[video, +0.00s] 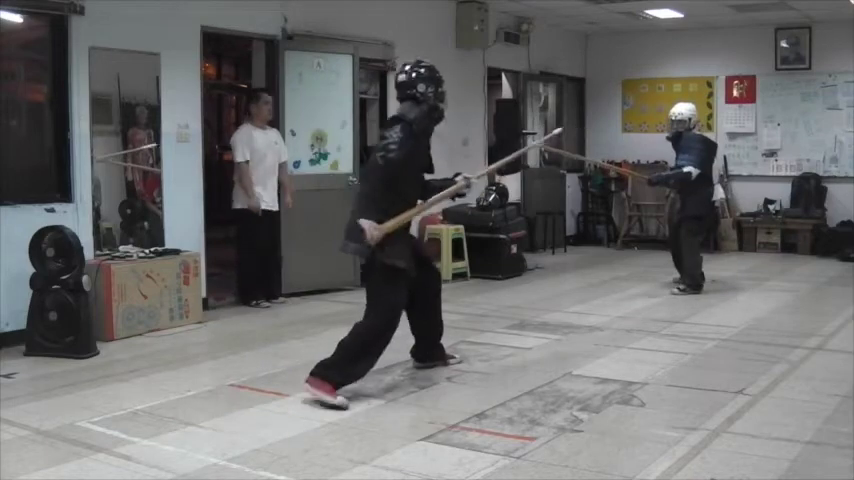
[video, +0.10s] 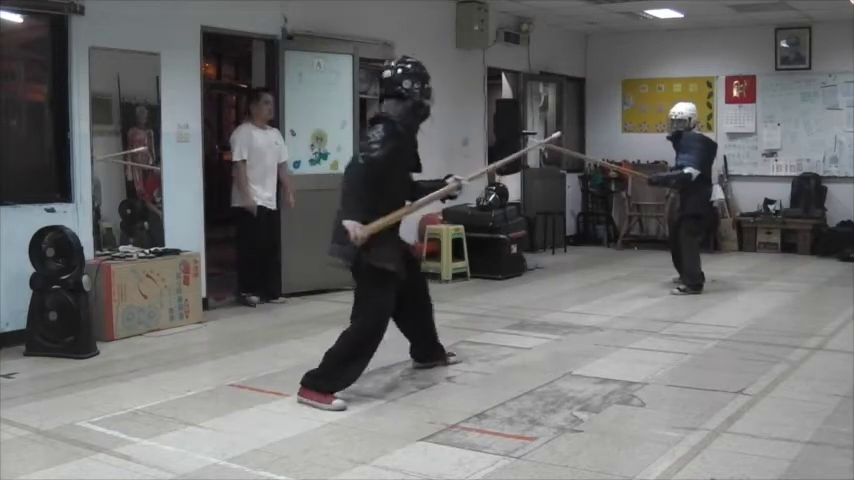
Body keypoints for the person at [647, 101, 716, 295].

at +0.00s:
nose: (676, 126)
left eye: (680, 122)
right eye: (674, 122)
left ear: (690, 122)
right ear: (671, 122)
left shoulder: (696, 141)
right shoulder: (681, 142)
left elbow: (690, 172)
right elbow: (683, 169)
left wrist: (662, 178)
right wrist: (666, 177)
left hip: (697, 198)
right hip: (685, 197)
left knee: (687, 236)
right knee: (676, 235)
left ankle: (693, 282)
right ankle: (687, 274)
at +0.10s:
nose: (676, 125)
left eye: (680, 121)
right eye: (674, 121)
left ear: (690, 122)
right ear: (671, 122)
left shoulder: (696, 141)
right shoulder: (682, 142)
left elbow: (691, 173)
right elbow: (683, 169)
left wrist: (661, 179)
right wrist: (665, 177)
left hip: (695, 197)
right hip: (684, 196)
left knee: (687, 235)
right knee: (677, 235)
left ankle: (693, 282)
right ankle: (686, 274)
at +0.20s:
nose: (676, 125)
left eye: (680, 121)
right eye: (673, 121)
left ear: (690, 122)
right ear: (671, 122)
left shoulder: (696, 141)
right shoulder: (682, 142)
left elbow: (692, 175)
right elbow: (683, 171)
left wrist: (662, 180)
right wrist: (664, 180)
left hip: (693, 198)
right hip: (682, 197)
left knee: (684, 235)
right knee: (677, 234)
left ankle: (693, 281)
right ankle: (686, 275)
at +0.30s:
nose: (674, 125)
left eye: (679, 121)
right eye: (673, 121)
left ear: (689, 121)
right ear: (671, 121)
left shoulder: (694, 141)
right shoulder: (682, 142)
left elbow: (692, 175)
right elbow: (684, 171)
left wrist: (660, 179)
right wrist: (663, 179)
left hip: (690, 197)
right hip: (681, 196)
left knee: (683, 236)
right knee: (677, 235)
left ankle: (692, 281)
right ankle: (686, 275)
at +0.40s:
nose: (674, 125)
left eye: (679, 121)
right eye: (672, 121)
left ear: (689, 121)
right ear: (670, 121)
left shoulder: (695, 141)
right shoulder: (681, 141)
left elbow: (694, 175)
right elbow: (682, 169)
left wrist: (664, 178)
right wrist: (666, 175)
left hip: (691, 199)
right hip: (681, 197)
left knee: (682, 237)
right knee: (677, 236)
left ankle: (693, 281)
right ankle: (686, 276)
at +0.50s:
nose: (674, 125)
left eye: (679, 121)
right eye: (672, 121)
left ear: (690, 121)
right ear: (670, 121)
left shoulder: (696, 141)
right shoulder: (680, 141)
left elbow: (696, 175)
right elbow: (682, 169)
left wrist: (669, 177)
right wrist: (669, 174)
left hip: (693, 198)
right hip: (681, 197)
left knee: (681, 236)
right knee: (676, 236)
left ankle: (693, 282)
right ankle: (685, 276)